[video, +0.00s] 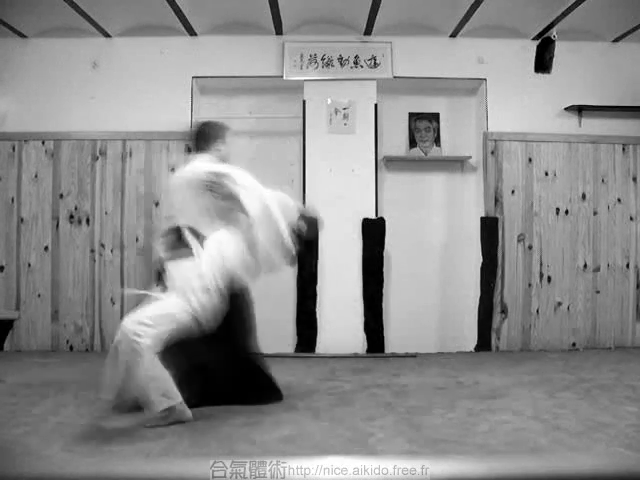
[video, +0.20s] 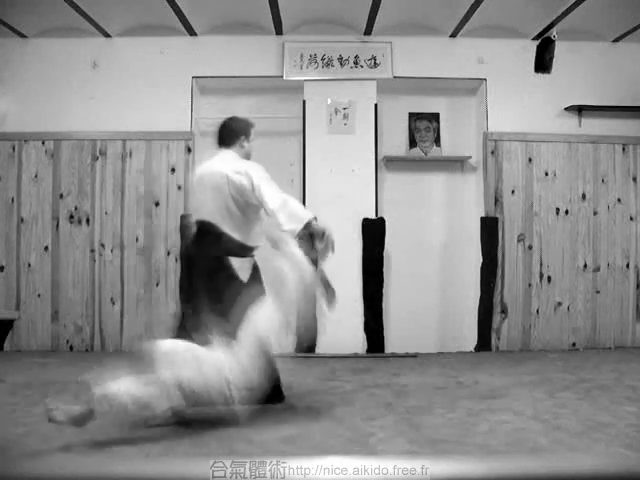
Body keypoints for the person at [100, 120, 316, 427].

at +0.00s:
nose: (228, 148)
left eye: (227, 142)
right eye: (225, 142)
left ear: (195, 144)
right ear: (217, 144)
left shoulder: (184, 174)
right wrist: (294, 213)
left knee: (135, 330)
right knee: (131, 328)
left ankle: (171, 408)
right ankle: (129, 398)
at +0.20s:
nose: (251, 146)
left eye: (251, 140)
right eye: (250, 140)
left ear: (221, 140)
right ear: (242, 141)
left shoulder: (201, 170)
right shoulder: (246, 170)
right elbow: (276, 202)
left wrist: (271, 233)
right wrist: (311, 224)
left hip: (202, 255)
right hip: (236, 258)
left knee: (205, 321)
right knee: (250, 320)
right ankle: (267, 387)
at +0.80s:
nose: (244, 146)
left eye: (243, 141)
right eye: (240, 141)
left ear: (222, 144)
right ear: (225, 144)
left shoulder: (217, 168)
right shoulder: (222, 172)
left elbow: (253, 202)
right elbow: (249, 204)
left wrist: (281, 224)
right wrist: (286, 228)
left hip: (219, 252)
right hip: (227, 256)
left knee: (218, 318)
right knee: (250, 316)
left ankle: (210, 383)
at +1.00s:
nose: (242, 148)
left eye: (241, 143)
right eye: (237, 143)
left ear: (219, 147)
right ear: (221, 146)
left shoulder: (203, 172)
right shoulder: (227, 176)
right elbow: (241, 219)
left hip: (203, 248)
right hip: (226, 252)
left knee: (208, 312)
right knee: (243, 313)